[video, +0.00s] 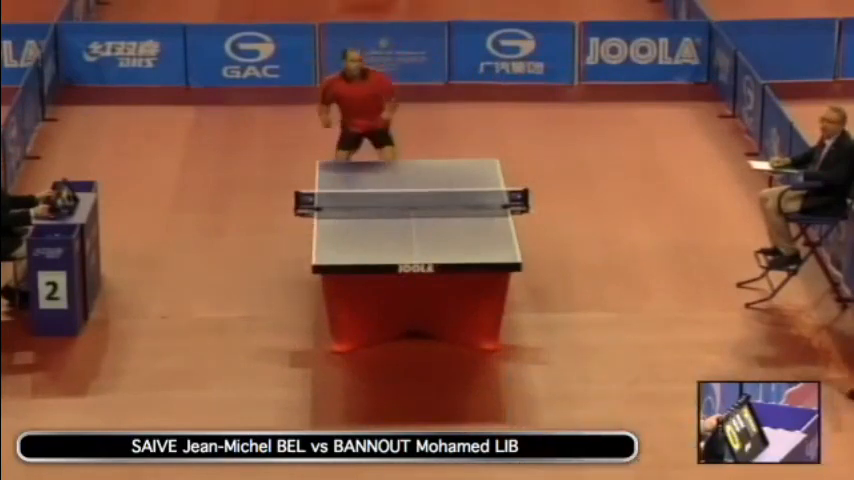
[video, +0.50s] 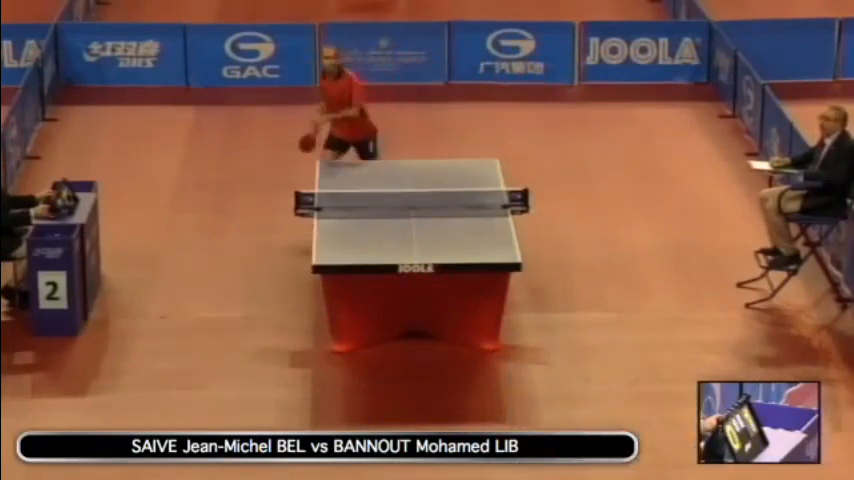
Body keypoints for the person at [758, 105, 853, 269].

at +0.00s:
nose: (823, 125)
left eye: (828, 122)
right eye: (822, 120)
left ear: (840, 126)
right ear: (820, 121)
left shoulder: (846, 147)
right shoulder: (826, 141)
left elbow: (836, 178)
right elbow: (808, 157)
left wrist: (803, 175)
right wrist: (787, 163)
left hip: (829, 199)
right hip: (814, 191)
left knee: (773, 204)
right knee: (765, 197)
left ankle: (790, 253)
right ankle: (780, 247)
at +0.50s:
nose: (821, 123)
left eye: (827, 119)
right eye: (821, 118)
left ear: (839, 125)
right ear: (820, 119)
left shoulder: (846, 147)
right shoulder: (827, 140)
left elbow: (837, 177)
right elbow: (809, 157)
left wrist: (804, 175)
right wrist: (787, 163)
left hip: (829, 199)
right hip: (815, 191)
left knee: (773, 205)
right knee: (765, 197)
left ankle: (790, 254)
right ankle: (780, 247)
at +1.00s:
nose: (819, 123)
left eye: (824, 120)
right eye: (820, 119)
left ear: (837, 124)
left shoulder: (846, 147)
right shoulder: (826, 141)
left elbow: (836, 178)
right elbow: (808, 157)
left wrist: (803, 175)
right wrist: (787, 162)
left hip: (830, 199)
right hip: (815, 191)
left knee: (773, 204)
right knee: (765, 197)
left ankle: (790, 254)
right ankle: (780, 247)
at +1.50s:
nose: (820, 123)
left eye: (825, 120)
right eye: (820, 119)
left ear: (838, 125)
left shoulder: (846, 147)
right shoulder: (826, 141)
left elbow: (836, 178)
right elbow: (808, 158)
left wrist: (803, 174)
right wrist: (787, 161)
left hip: (829, 199)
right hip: (816, 191)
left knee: (773, 204)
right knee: (765, 197)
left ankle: (790, 254)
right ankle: (780, 247)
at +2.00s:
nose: (822, 124)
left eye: (829, 121)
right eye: (824, 120)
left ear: (840, 128)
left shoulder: (846, 148)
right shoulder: (826, 142)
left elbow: (834, 178)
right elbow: (804, 160)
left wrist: (803, 176)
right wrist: (786, 165)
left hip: (828, 199)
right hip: (813, 191)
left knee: (774, 206)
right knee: (765, 197)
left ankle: (790, 254)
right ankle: (780, 246)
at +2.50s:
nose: (822, 124)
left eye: (829, 122)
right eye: (823, 120)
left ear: (840, 128)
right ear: (823, 120)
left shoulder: (846, 148)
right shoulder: (826, 141)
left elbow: (833, 178)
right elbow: (806, 159)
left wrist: (802, 177)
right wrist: (789, 164)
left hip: (829, 199)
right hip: (813, 191)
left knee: (774, 206)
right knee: (765, 197)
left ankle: (790, 254)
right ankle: (780, 247)